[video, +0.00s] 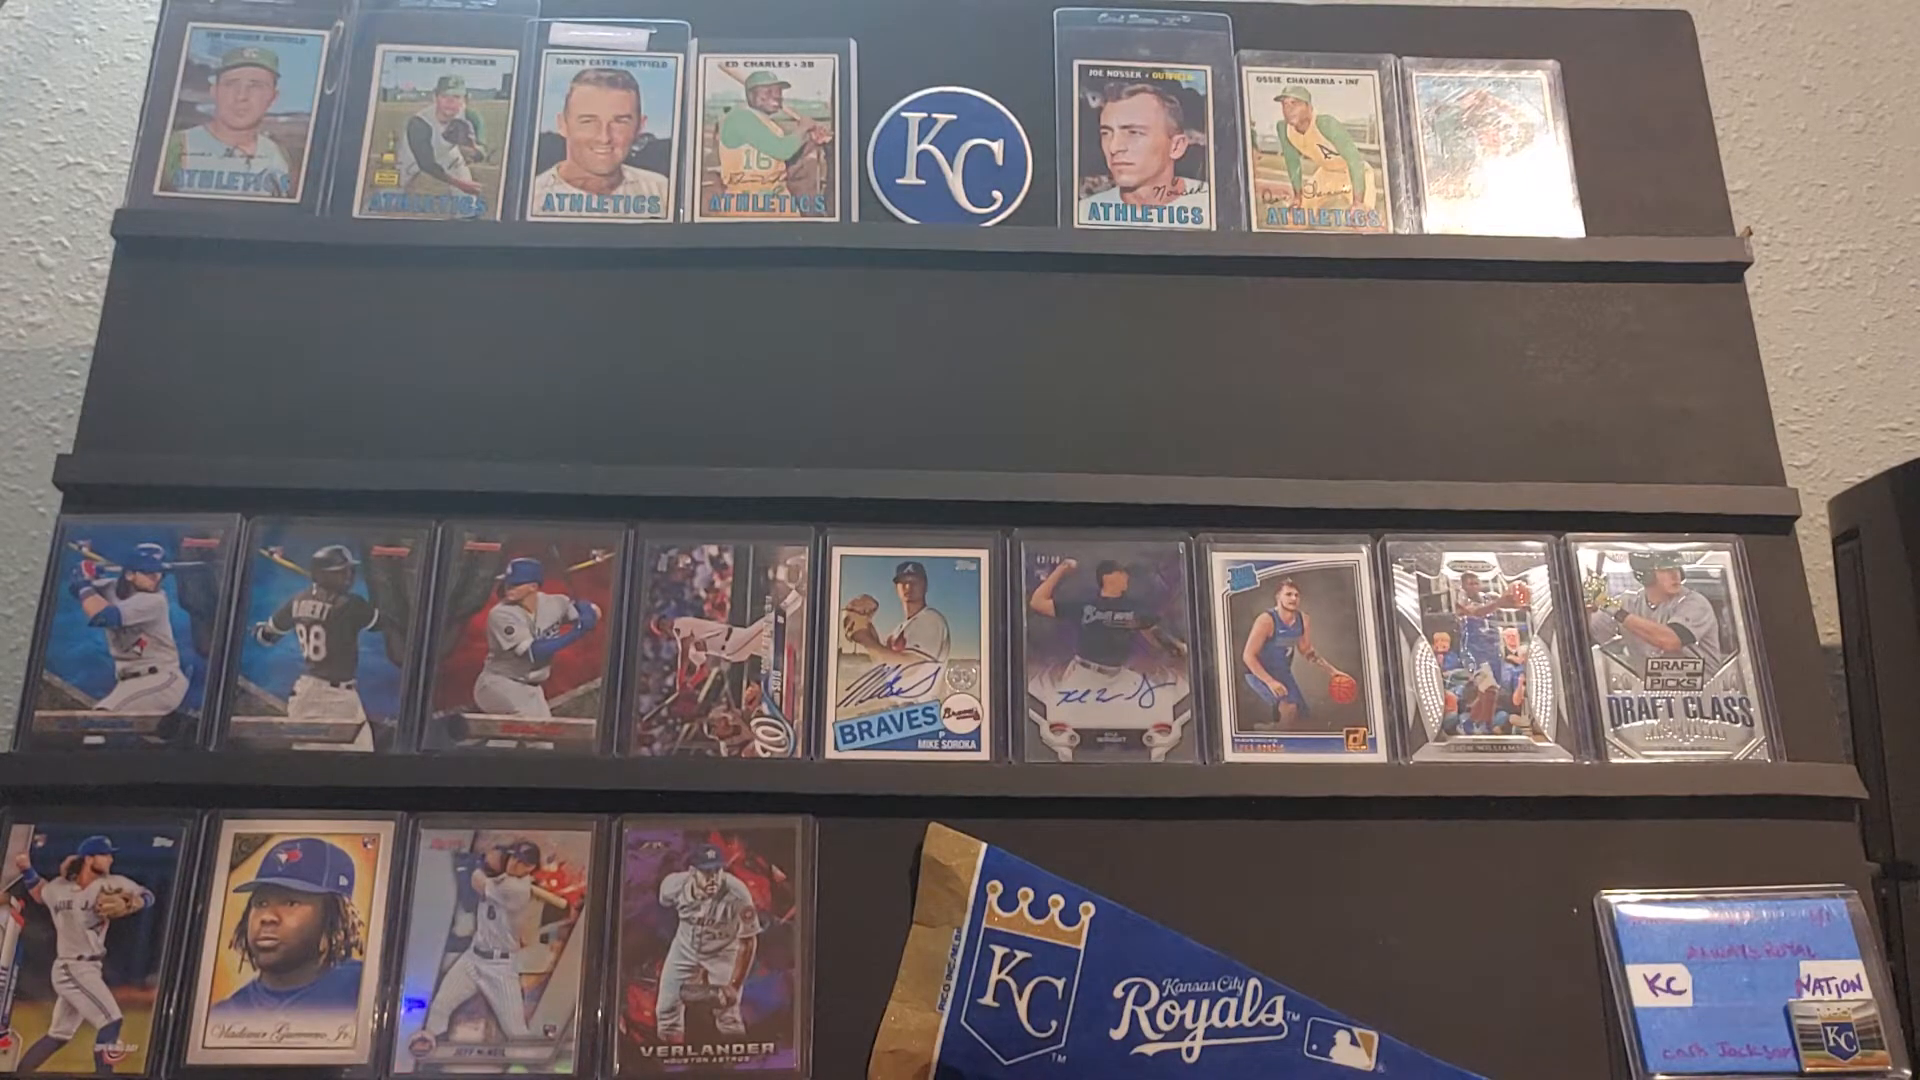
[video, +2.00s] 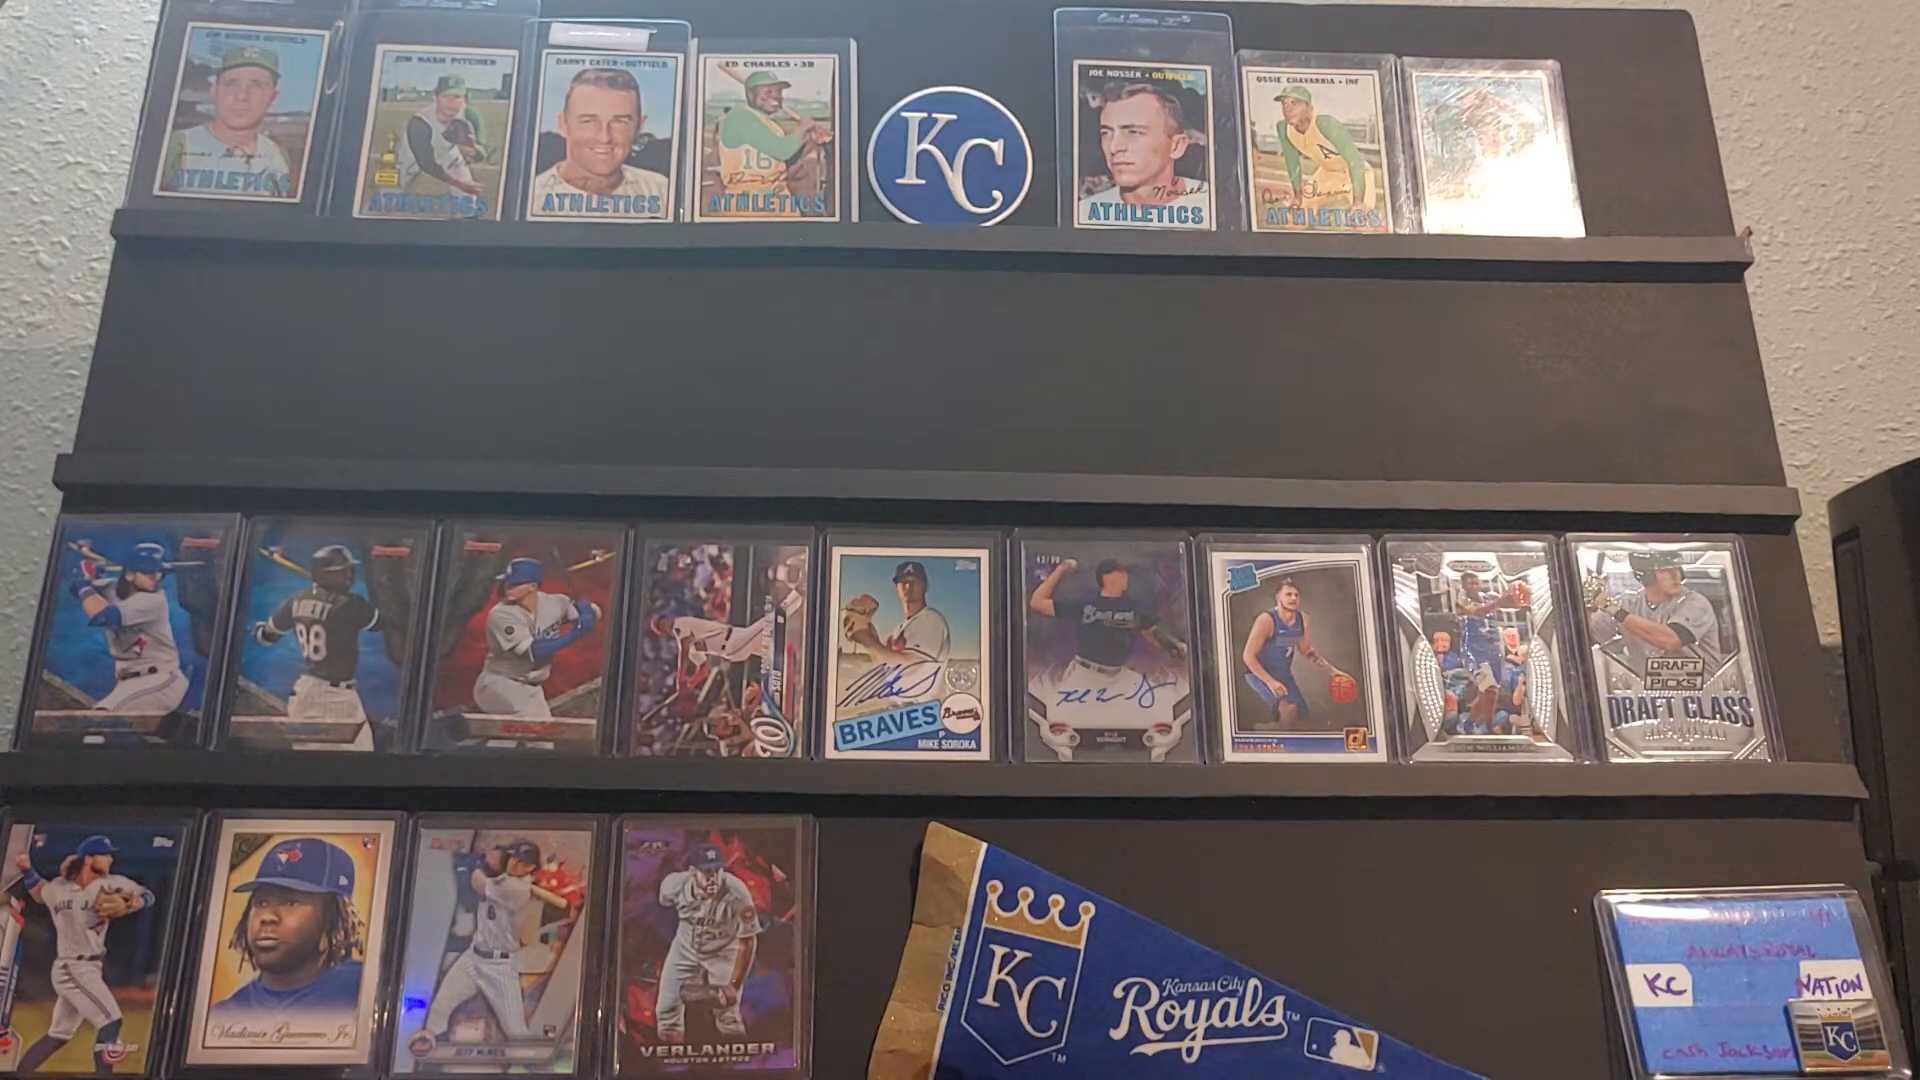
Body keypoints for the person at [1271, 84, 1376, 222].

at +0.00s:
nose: (1288, 109)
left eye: (1294, 103)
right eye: (1284, 105)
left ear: (1308, 107)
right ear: (1281, 108)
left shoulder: (1327, 124)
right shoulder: (1283, 128)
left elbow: (1355, 160)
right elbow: (1293, 163)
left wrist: (1358, 202)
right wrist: (1297, 197)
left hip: (1354, 174)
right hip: (1327, 173)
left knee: (1360, 218)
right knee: (1302, 210)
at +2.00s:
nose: (1288, 109)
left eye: (1294, 103)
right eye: (1285, 104)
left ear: (1308, 107)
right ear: (1281, 108)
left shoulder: (1326, 124)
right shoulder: (1283, 128)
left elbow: (1355, 161)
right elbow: (1293, 163)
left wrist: (1358, 202)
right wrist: (1298, 197)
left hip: (1355, 172)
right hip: (1327, 172)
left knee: (1360, 218)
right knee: (1302, 208)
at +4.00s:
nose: (1288, 109)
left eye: (1294, 103)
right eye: (1285, 104)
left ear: (1309, 107)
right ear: (1281, 107)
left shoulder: (1327, 123)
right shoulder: (1283, 128)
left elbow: (1355, 161)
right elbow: (1293, 164)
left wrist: (1358, 202)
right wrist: (1297, 197)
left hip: (1355, 172)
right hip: (1327, 172)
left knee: (1360, 219)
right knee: (1302, 209)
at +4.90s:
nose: (1288, 109)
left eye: (1293, 103)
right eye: (1284, 104)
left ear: (1308, 107)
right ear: (1282, 108)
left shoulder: (1327, 124)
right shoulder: (1283, 128)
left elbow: (1355, 161)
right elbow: (1293, 163)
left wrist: (1358, 203)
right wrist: (1297, 197)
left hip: (1355, 173)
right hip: (1327, 172)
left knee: (1361, 219)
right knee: (1301, 211)